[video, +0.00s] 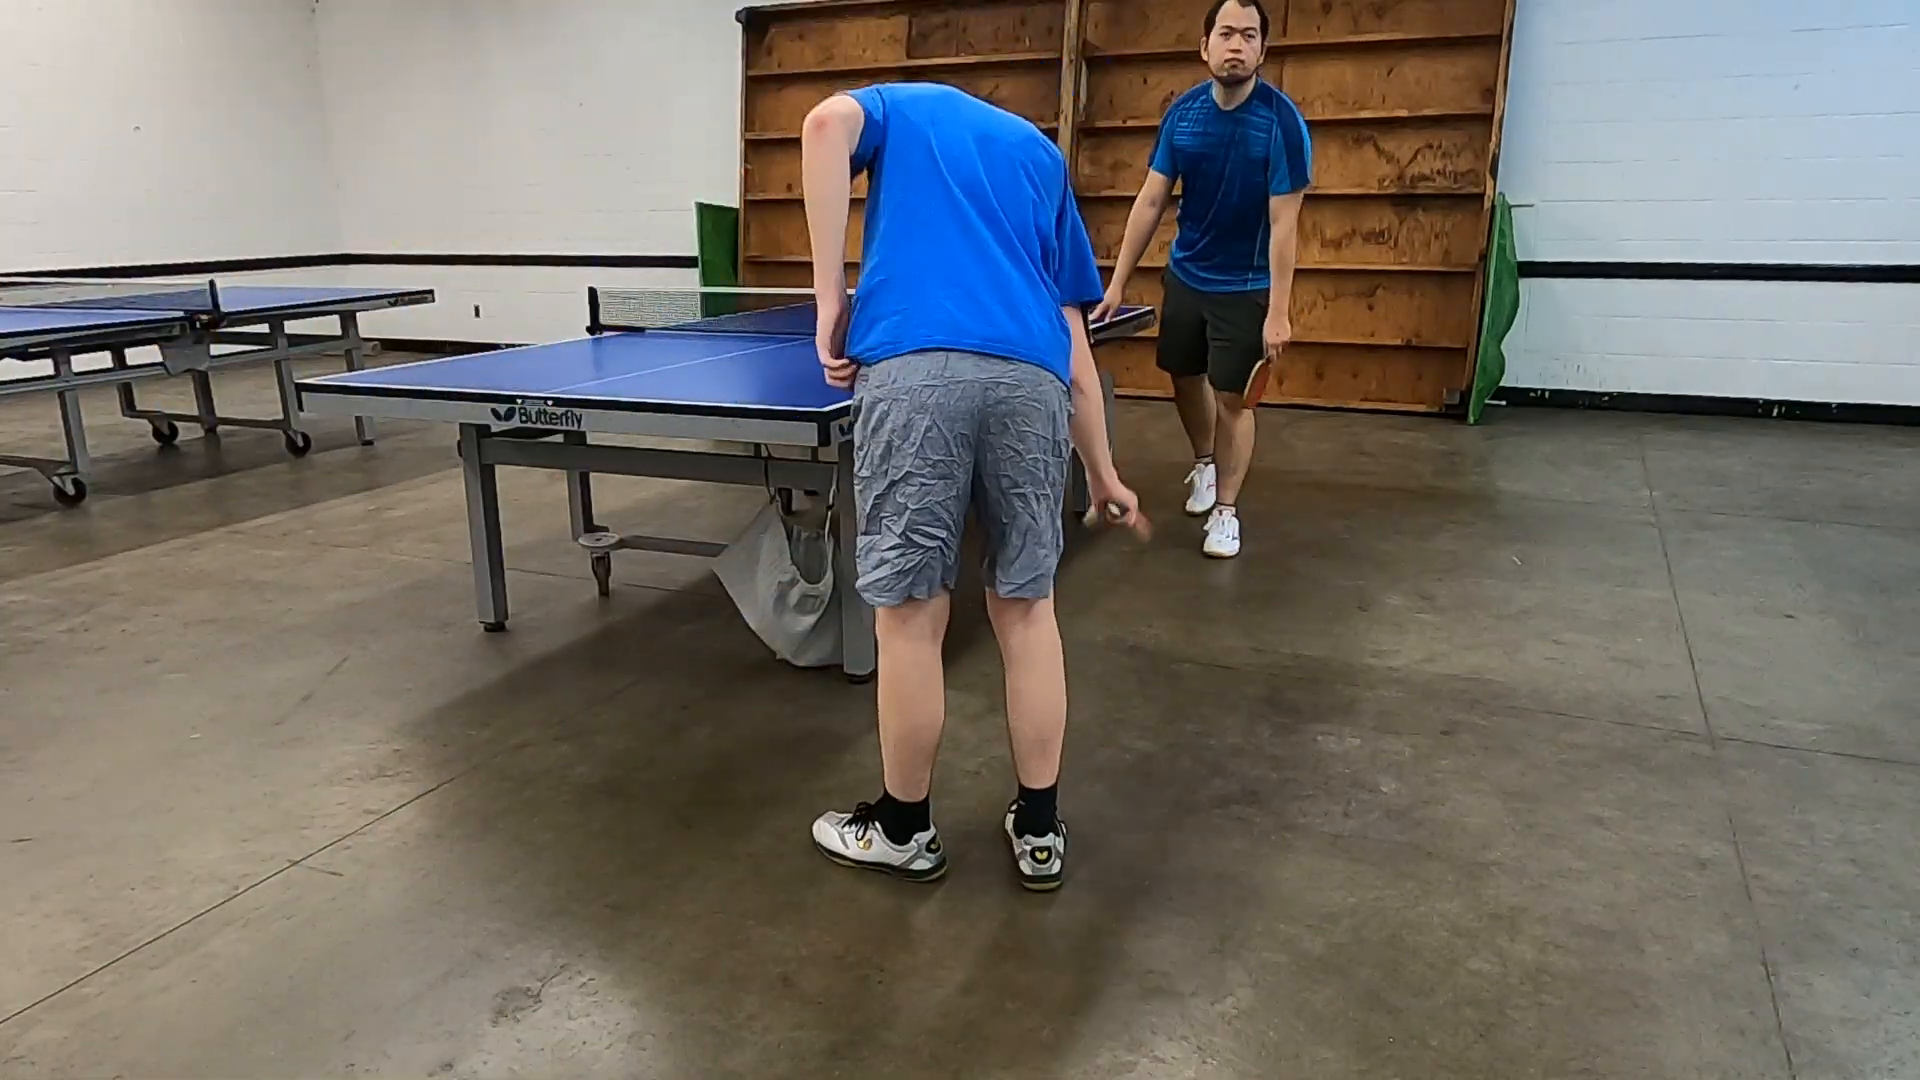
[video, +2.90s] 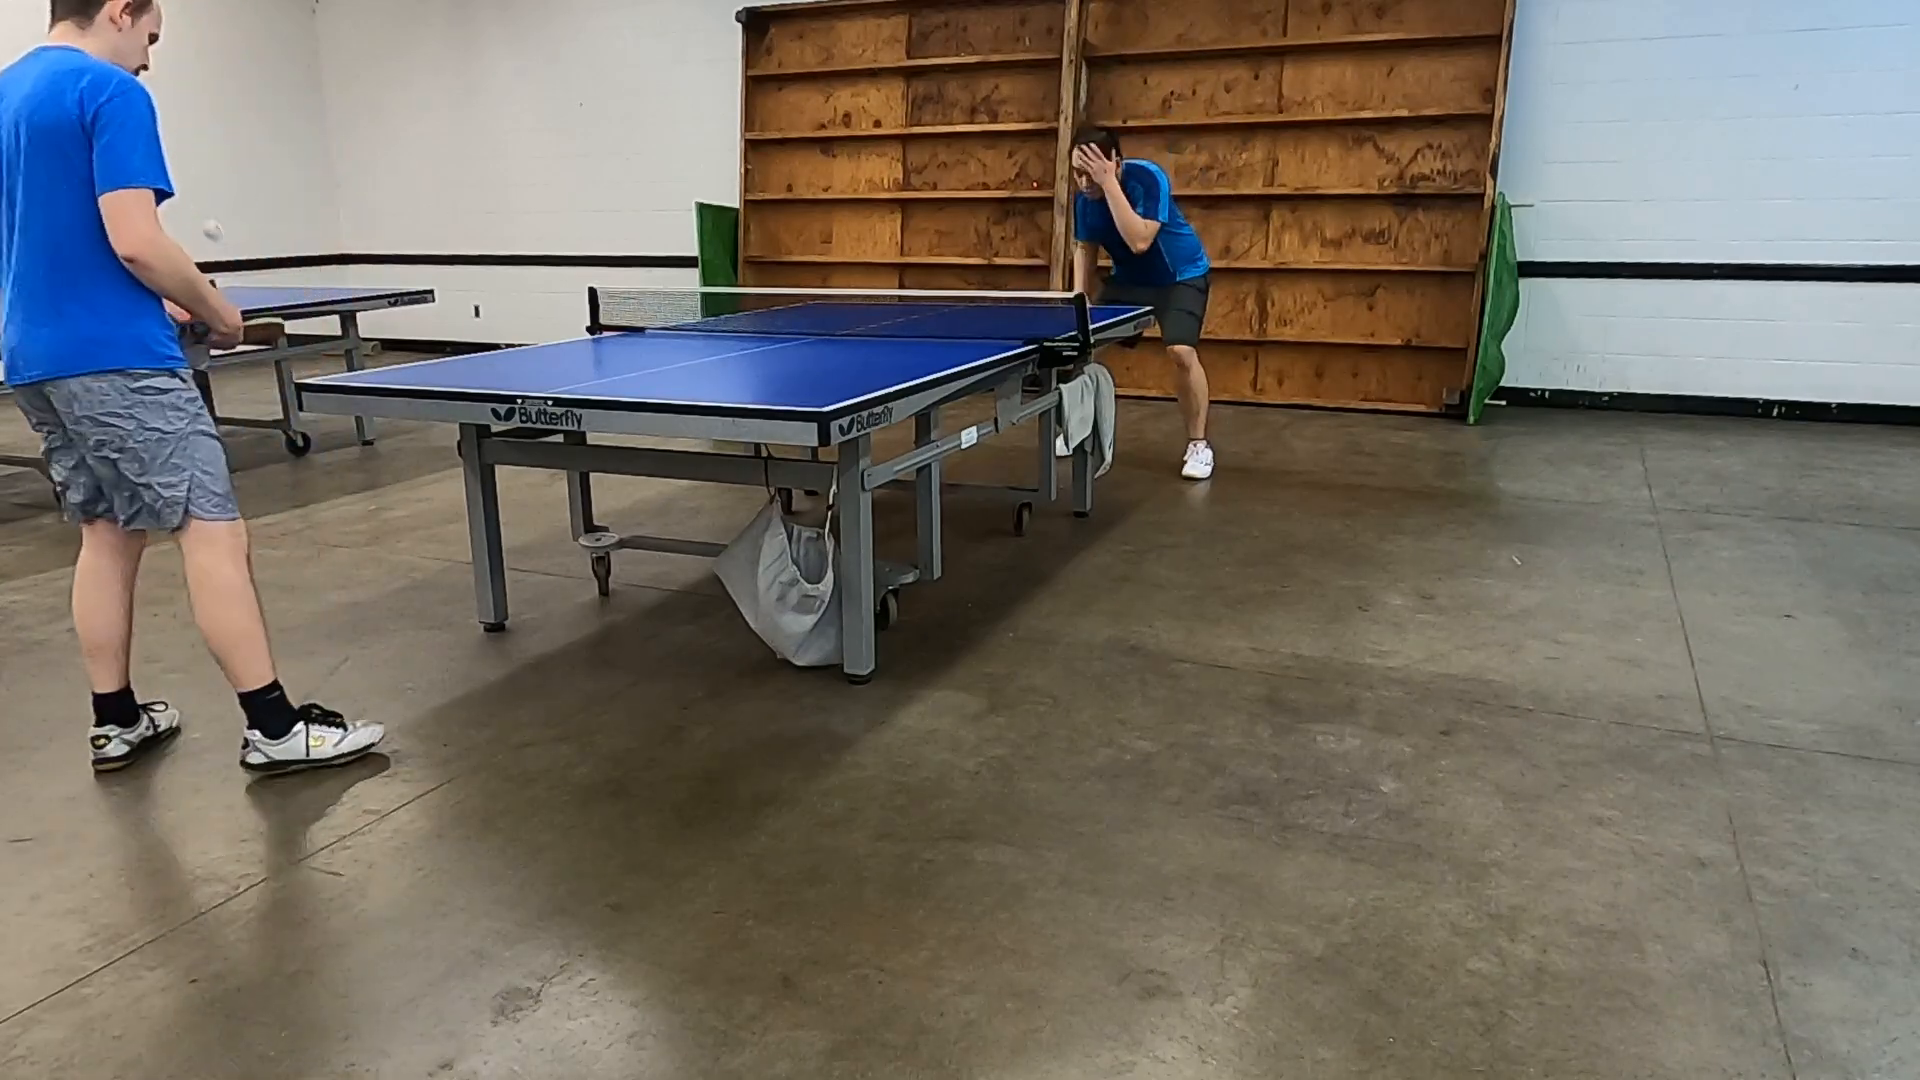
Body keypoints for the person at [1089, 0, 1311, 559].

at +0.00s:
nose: (1237, 45)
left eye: (1249, 35)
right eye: (1226, 33)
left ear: (1262, 49)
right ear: (1204, 45)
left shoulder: (1281, 122)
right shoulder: (1182, 113)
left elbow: (1284, 224)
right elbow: (1150, 201)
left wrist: (1279, 312)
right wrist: (1116, 285)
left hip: (1248, 285)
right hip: (1187, 276)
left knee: (1231, 399)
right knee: (1184, 376)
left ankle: (1227, 508)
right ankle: (1208, 463)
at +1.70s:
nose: (1241, 58)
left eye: (1252, 52)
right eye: (1234, 51)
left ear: (1268, 66)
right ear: (1223, 62)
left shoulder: (1278, 131)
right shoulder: (1193, 116)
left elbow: (1286, 199)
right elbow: (1154, 177)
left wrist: (1263, 243)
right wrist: (1174, 231)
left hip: (1238, 264)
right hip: (1182, 257)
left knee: (1230, 360)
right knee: (1169, 353)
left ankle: (1223, 446)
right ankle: (1149, 440)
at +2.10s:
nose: (1180, 66)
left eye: (1190, 60)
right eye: (1174, 61)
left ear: (1210, 73)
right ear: (1166, 73)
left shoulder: (1227, 129)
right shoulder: (1146, 129)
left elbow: (1252, 192)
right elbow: (1115, 189)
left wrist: (1199, 203)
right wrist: (1141, 206)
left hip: (1198, 268)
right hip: (1140, 263)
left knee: (1207, 358)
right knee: (1100, 348)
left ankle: (1221, 446)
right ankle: (1079, 427)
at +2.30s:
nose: (1128, 80)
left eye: (1140, 73)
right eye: (1124, 73)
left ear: (1162, 85)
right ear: (1118, 83)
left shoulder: (1182, 135)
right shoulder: (1107, 142)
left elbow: (1199, 199)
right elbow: (1088, 198)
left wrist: (1146, 184)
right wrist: (1073, 242)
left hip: (1168, 273)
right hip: (1111, 269)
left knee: (1187, 358)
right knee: (1083, 352)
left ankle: (1215, 445)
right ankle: (1080, 432)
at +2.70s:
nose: (1081, 142)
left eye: (1088, 134)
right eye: (1075, 135)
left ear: (1110, 130)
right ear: (1070, 134)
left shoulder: (1144, 153)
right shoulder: (1085, 171)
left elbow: (1141, 215)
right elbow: (1080, 218)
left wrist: (1101, 162)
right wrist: (1053, 264)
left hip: (1174, 266)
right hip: (1123, 268)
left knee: (1178, 351)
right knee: (1084, 346)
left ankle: (1197, 443)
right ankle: (1079, 426)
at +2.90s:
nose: (1082, 179)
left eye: (1088, 170)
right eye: (1077, 172)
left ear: (1113, 162)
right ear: (1073, 168)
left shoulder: (1149, 178)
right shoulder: (1086, 199)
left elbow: (1140, 240)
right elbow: (1085, 253)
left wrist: (1109, 184)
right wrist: (1080, 304)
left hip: (1181, 275)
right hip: (1130, 278)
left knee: (1180, 351)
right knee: (1076, 344)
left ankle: (1197, 445)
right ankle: (1078, 427)